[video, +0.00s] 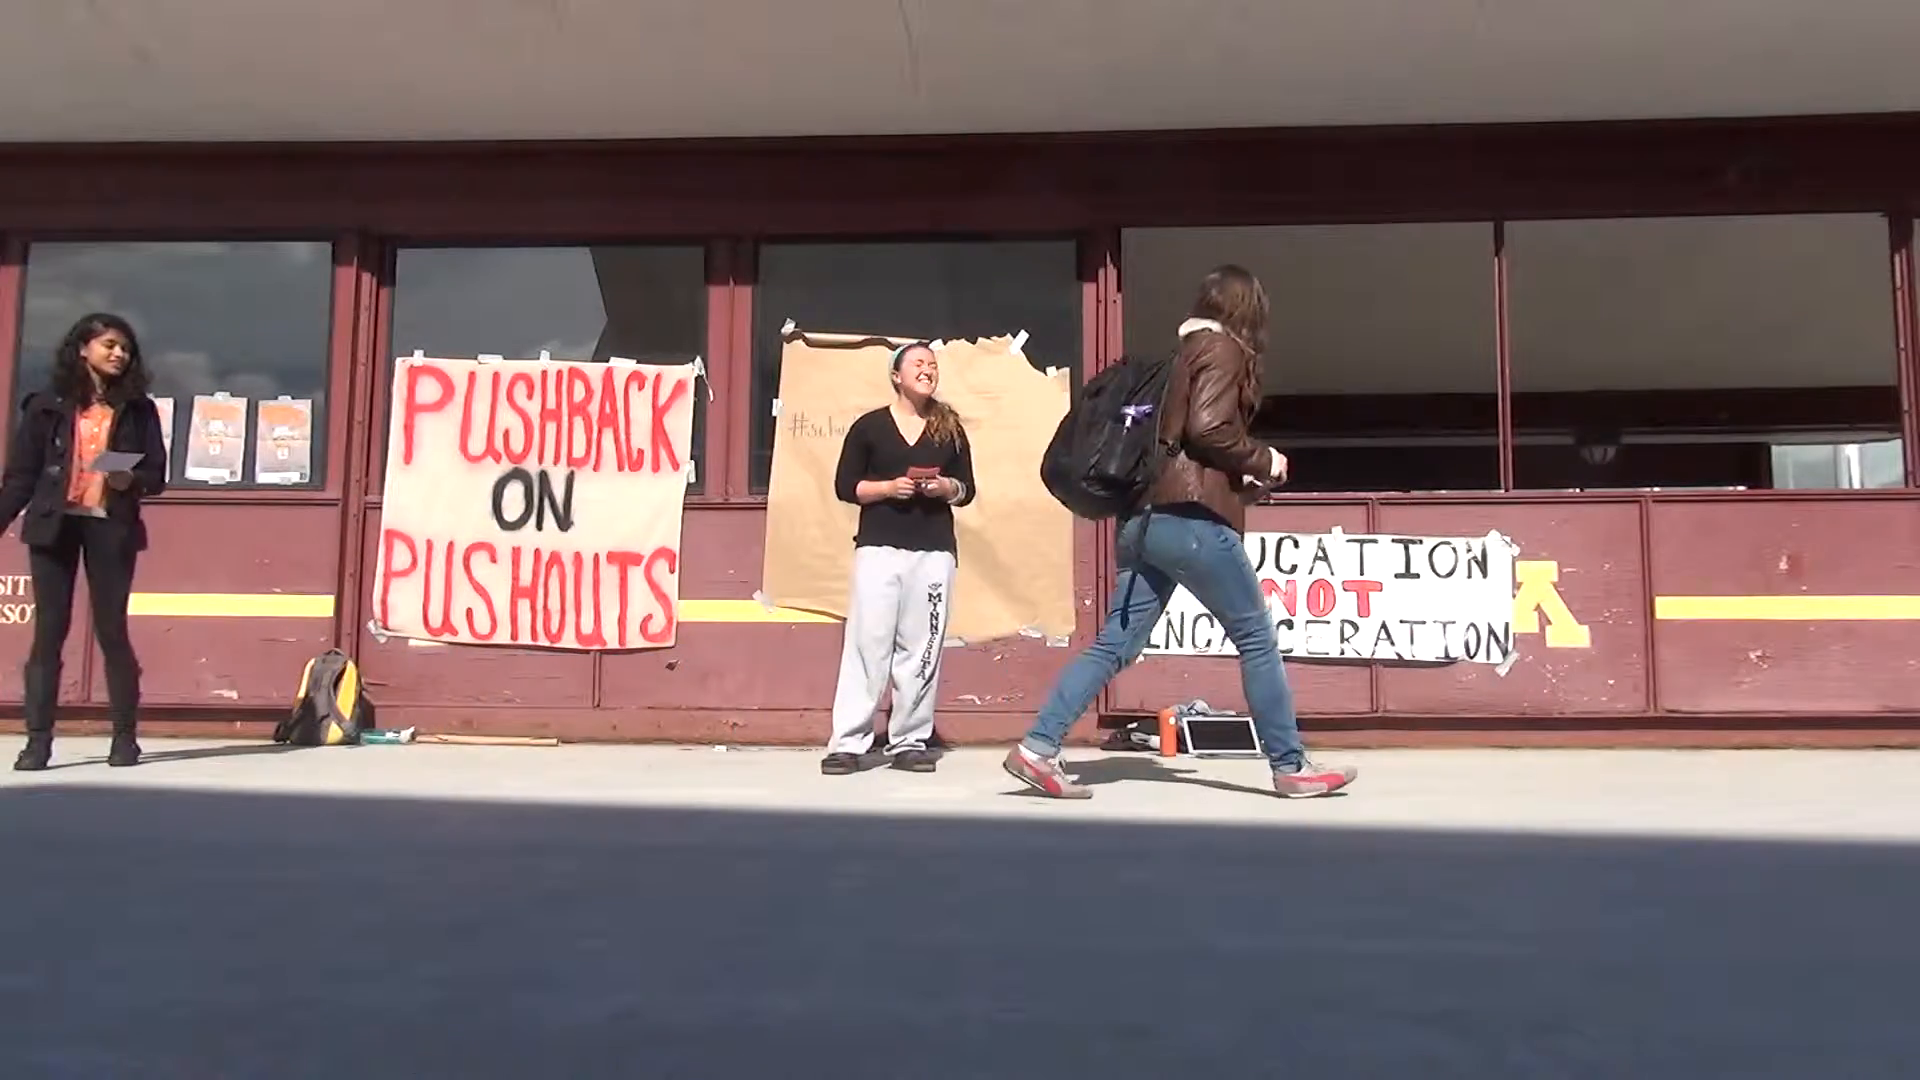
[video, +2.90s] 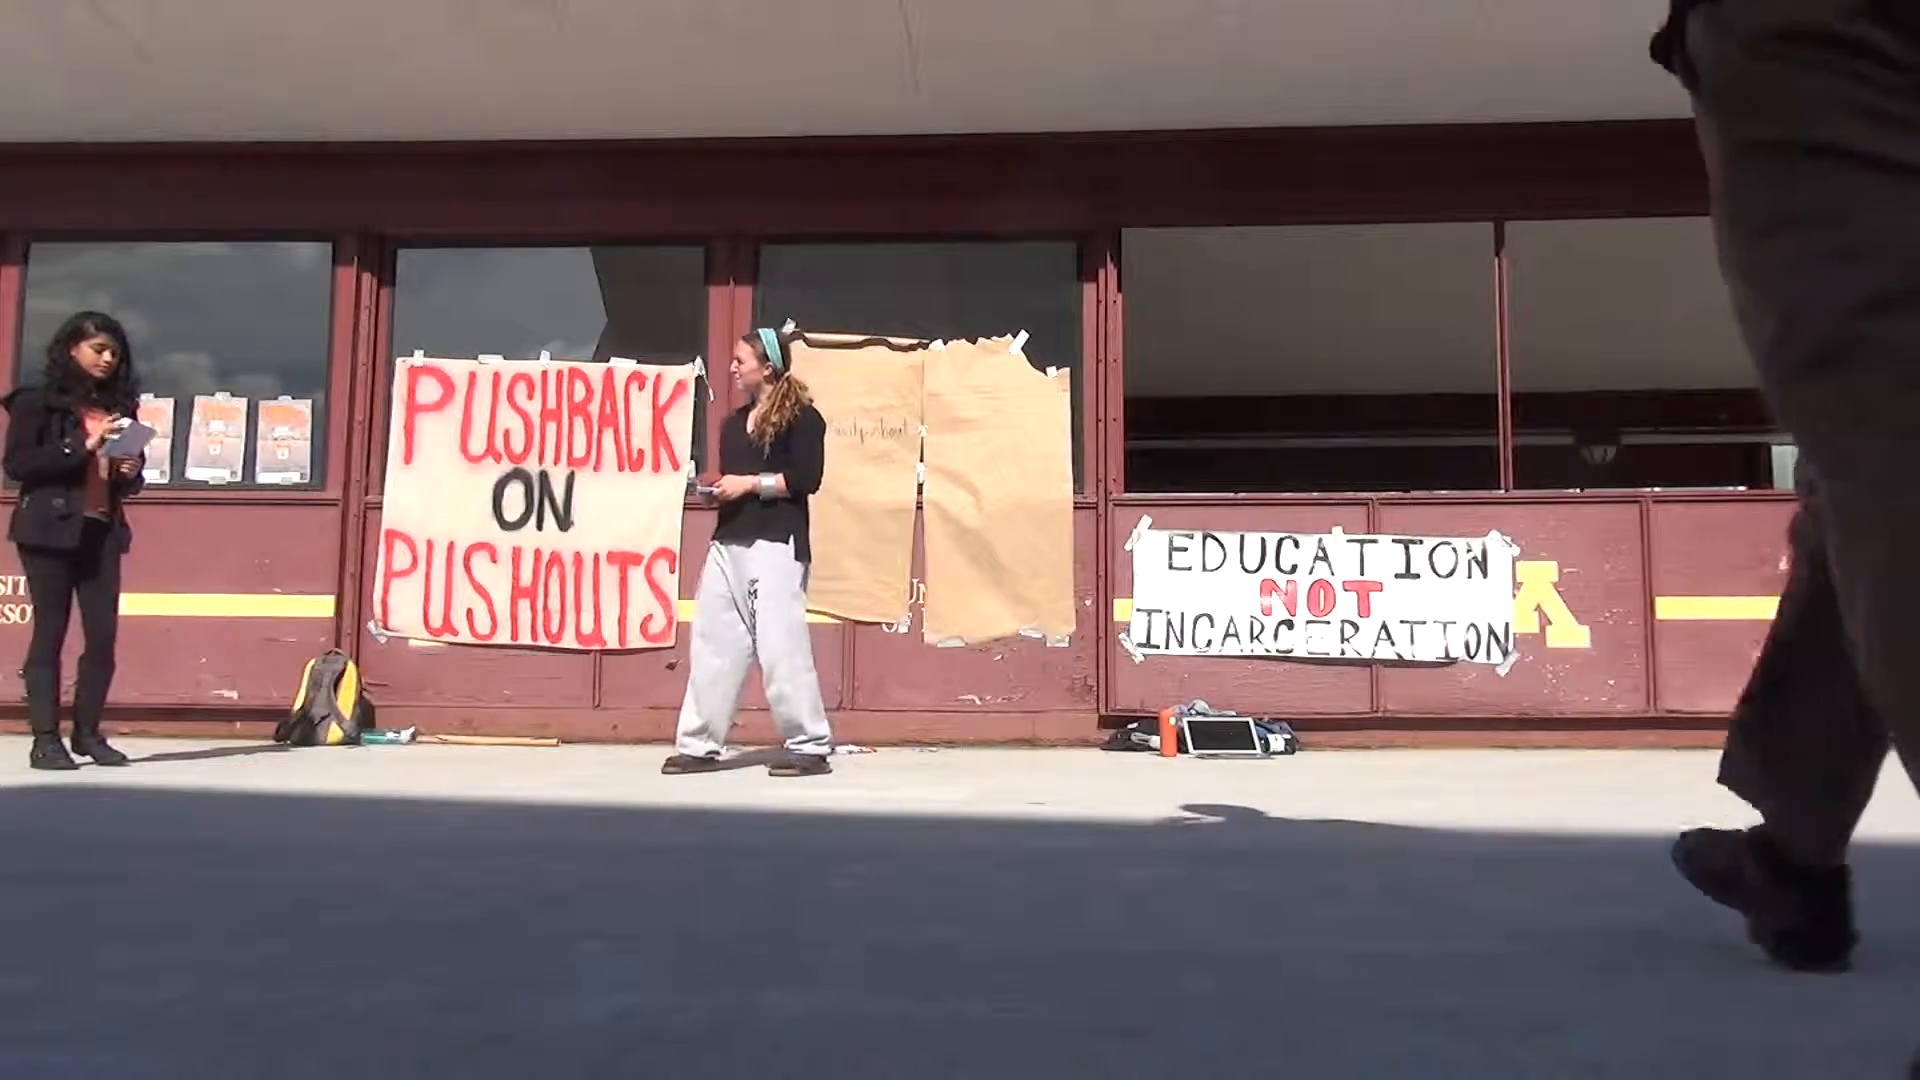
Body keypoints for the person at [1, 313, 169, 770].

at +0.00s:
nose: (117, 353)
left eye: (123, 348)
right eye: (108, 344)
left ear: (129, 358)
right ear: (81, 348)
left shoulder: (139, 409)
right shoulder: (46, 404)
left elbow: (156, 479)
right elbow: (21, 476)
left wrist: (132, 481)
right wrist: (3, 518)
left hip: (110, 527)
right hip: (52, 524)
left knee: (110, 630)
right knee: (49, 630)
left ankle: (125, 734)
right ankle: (39, 738)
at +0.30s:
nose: (136, 363)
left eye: (142, 356)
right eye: (127, 353)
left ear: (149, 364)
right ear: (101, 356)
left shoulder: (160, 412)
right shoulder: (72, 407)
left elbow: (178, 482)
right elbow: (46, 472)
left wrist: (166, 482)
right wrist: (53, 488)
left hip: (141, 527)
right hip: (84, 524)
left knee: (130, 628)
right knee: (68, 628)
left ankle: (127, 736)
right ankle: (40, 739)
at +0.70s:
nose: (151, 371)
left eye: (158, 365)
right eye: (143, 362)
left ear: (165, 371)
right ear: (120, 363)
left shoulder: (173, 417)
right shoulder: (89, 413)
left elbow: (192, 483)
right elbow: (72, 481)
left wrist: (184, 487)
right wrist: (120, 482)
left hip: (156, 533)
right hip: (104, 529)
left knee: (139, 629)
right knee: (82, 627)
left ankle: (127, 735)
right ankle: (43, 735)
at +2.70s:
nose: (102, 359)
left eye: (110, 352)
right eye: (94, 349)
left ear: (117, 358)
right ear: (67, 349)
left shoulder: (120, 407)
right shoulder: (34, 400)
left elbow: (129, 483)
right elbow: (17, 465)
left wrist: (128, 472)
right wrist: (77, 442)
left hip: (101, 529)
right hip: (48, 526)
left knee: (102, 635)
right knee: (51, 630)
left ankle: (87, 733)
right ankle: (46, 738)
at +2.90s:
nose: (106, 359)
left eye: (113, 352)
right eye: (97, 349)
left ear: (120, 358)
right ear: (70, 349)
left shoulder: (121, 407)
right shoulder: (36, 400)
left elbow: (128, 484)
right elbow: (18, 465)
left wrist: (129, 473)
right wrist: (81, 448)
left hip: (101, 529)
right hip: (48, 527)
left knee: (102, 637)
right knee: (50, 631)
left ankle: (87, 734)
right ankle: (46, 739)